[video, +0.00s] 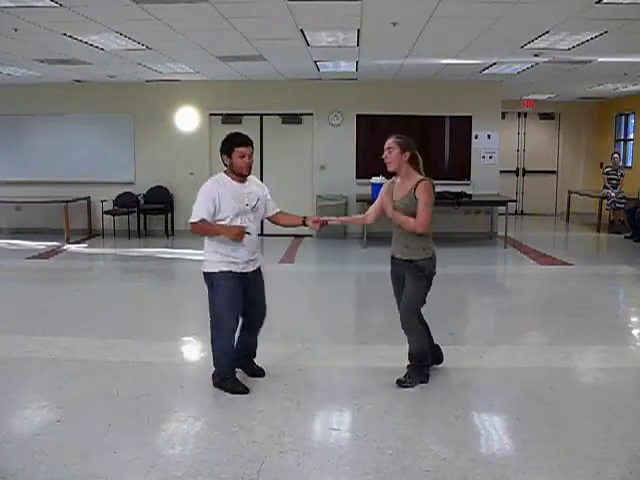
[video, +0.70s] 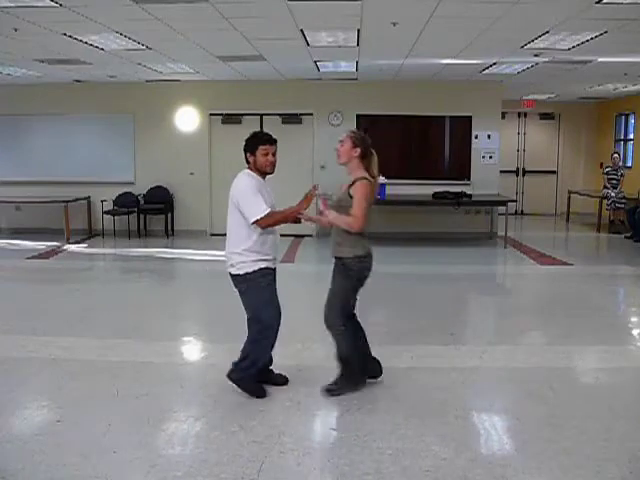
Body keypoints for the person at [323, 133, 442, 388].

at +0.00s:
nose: (385, 156)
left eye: (390, 151)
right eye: (385, 151)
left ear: (406, 155)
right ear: (397, 157)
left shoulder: (423, 185)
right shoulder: (390, 186)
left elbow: (421, 227)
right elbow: (368, 217)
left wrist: (390, 212)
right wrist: (336, 220)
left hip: (421, 262)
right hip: (398, 260)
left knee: (408, 314)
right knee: (408, 314)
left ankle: (419, 369)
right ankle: (431, 352)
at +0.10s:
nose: (381, 154)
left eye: (386, 149)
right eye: (381, 150)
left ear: (403, 154)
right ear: (395, 156)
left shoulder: (420, 185)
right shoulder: (384, 188)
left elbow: (437, 223)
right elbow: (361, 220)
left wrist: (406, 239)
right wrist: (325, 217)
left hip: (418, 264)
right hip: (392, 263)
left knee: (411, 315)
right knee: (390, 314)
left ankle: (418, 369)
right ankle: (424, 345)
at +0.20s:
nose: (375, 152)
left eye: (381, 147)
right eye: (376, 147)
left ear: (397, 153)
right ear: (389, 154)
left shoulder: (415, 186)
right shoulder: (377, 188)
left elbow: (439, 218)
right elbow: (351, 218)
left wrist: (425, 250)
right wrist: (315, 213)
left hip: (412, 266)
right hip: (385, 265)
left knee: (412, 322)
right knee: (373, 313)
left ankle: (420, 371)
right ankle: (405, 350)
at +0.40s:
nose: (360, 151)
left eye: (366, 147)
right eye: (361, 146)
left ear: (381, 154)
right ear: (373, 156)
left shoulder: (397, 187)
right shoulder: (362, 188)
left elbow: (426, 217)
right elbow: (339, 219)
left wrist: (407, 242)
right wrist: (309, 216)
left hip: (391, 268)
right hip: (365, 266)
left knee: (397, 322)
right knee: (350, 315)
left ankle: (417, 369)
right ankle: (368, 368)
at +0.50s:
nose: (352, 152)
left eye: (357, 149)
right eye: (354, 148)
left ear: (372, 156)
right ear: (365, 156)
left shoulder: (386, 189)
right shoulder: (358, 187)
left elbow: (409, 223)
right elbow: (339, 221)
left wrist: (375, 239)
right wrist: (303, 220)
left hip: (376, 268)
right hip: (353, 266)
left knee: (372, 323)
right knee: (347, 320)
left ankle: (408, 359)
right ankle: (368, 368)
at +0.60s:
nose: (344, 151)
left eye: (350, 147)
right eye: (346, 147)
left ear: (364, 154)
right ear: (361, 155)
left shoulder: (374, 187)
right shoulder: (354, 184)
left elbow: (382, 228)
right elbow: (343, 222)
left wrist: (348, 224)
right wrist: (309, 222)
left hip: (365, 265)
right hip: (347, 262)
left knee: (347, 319)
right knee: (342, 318)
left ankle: (383, 360)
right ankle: (365, 368)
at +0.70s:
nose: (337, 149)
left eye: (342, 145)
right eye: (339, 144)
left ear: (356, 151)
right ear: (354, 152)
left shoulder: (361, 183)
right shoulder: (353, 182)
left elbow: (357, 224)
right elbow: (343, 221)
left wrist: (330, 214)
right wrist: (316, 218)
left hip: (353, 261)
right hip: (348, 258)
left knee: (334, 317)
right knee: (344, 314)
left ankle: (351, 375)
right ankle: (367, 364)